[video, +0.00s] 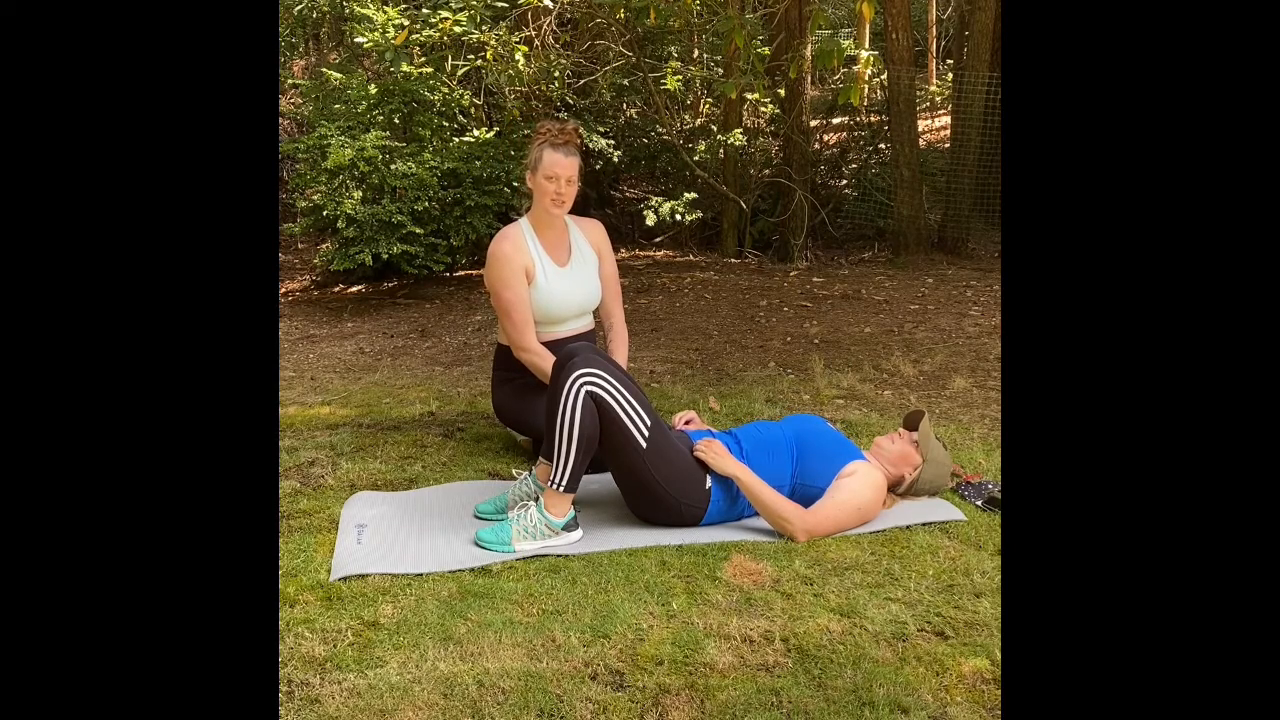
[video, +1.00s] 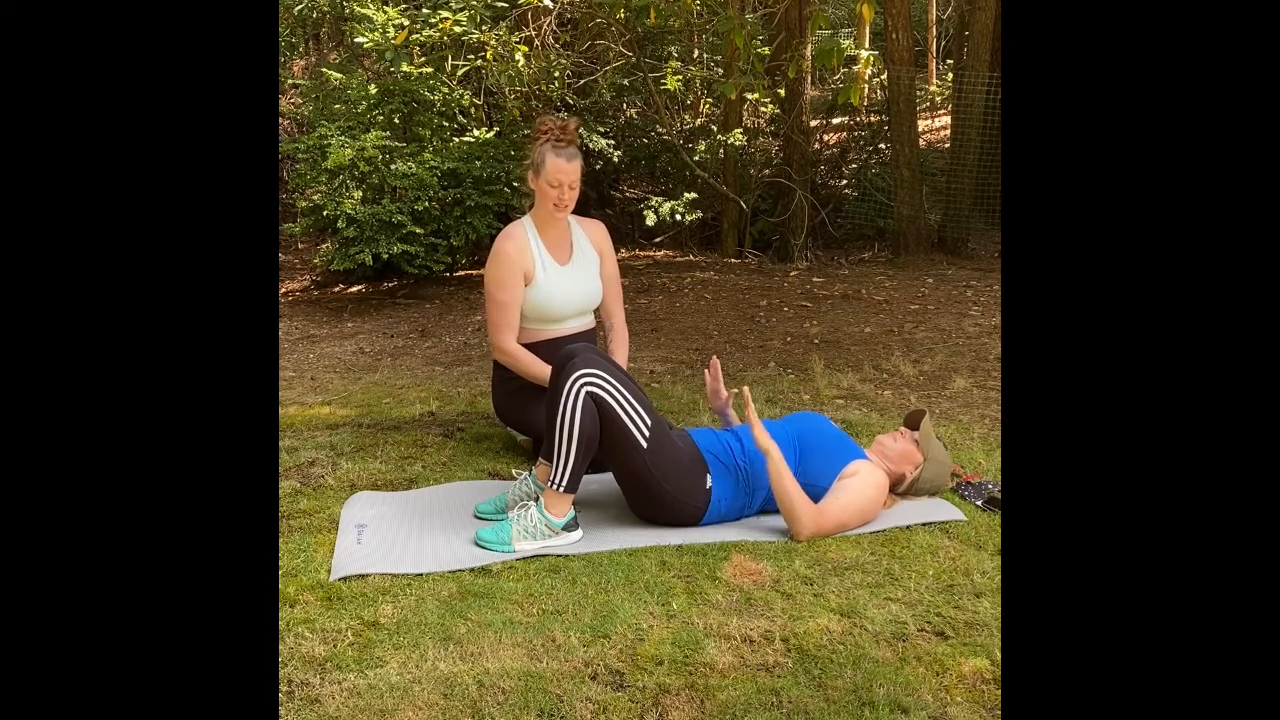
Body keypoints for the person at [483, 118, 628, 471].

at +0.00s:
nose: (562, 191)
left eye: (570, 181)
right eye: (551, 179)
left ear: (579, 183)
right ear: (530, 179)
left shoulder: (592, 233)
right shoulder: (508, 247)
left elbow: (614, 322)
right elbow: (524, 347)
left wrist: (613, 385)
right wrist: (588, 396)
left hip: (584, 367)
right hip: (524, 379)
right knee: (602, 446)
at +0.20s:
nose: (561, 190)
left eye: (569, 180)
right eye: (550, 179)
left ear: (578, 183)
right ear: (529, 179)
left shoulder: (592, 232)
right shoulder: (508, 247)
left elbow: (614, 322)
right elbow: (525, 347)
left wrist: (614, 385)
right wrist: (588, 396)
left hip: (584, 367)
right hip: (523, 379)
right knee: (603, 445)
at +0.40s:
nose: (560, 191)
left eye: (569, 181)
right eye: (550, 179)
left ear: (577, 183)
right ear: (528, 179)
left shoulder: (592, 232)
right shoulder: (507, 248)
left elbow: (614, 322)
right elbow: (525, 348)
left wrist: (614, 385)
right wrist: (589, 396)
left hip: (585, 367)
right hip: (523, 379)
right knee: (602, 443)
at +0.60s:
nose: (560, 191)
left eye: (569, 181)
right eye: (549, 179)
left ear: (577, 182)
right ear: (527, 179)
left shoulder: (592, 232)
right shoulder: (507, 248)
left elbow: (614, 323)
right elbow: (524, 348)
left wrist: (613, 385)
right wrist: (590, 396)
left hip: (585, 367)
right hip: (523, 379)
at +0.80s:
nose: (561, 195)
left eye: (570, 185)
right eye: (551, 184)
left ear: (578, 183)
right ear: (529, 180)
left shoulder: (592, 232)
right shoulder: (509, 247)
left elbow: (614, 321)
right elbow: (516, 351)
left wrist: (614, 382)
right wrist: (582, 394)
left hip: (585, 368)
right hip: (524, 380)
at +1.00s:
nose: (564, 196)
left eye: (573, 186)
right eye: (554, 185)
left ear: (581, 183)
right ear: (533, 181)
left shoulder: (595, 234)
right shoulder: (512, 246)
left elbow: (615, 321)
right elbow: (502, 346)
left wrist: (614, 380)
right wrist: (569, 384)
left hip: (585, 373)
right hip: (525, 384)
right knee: (610, 447)